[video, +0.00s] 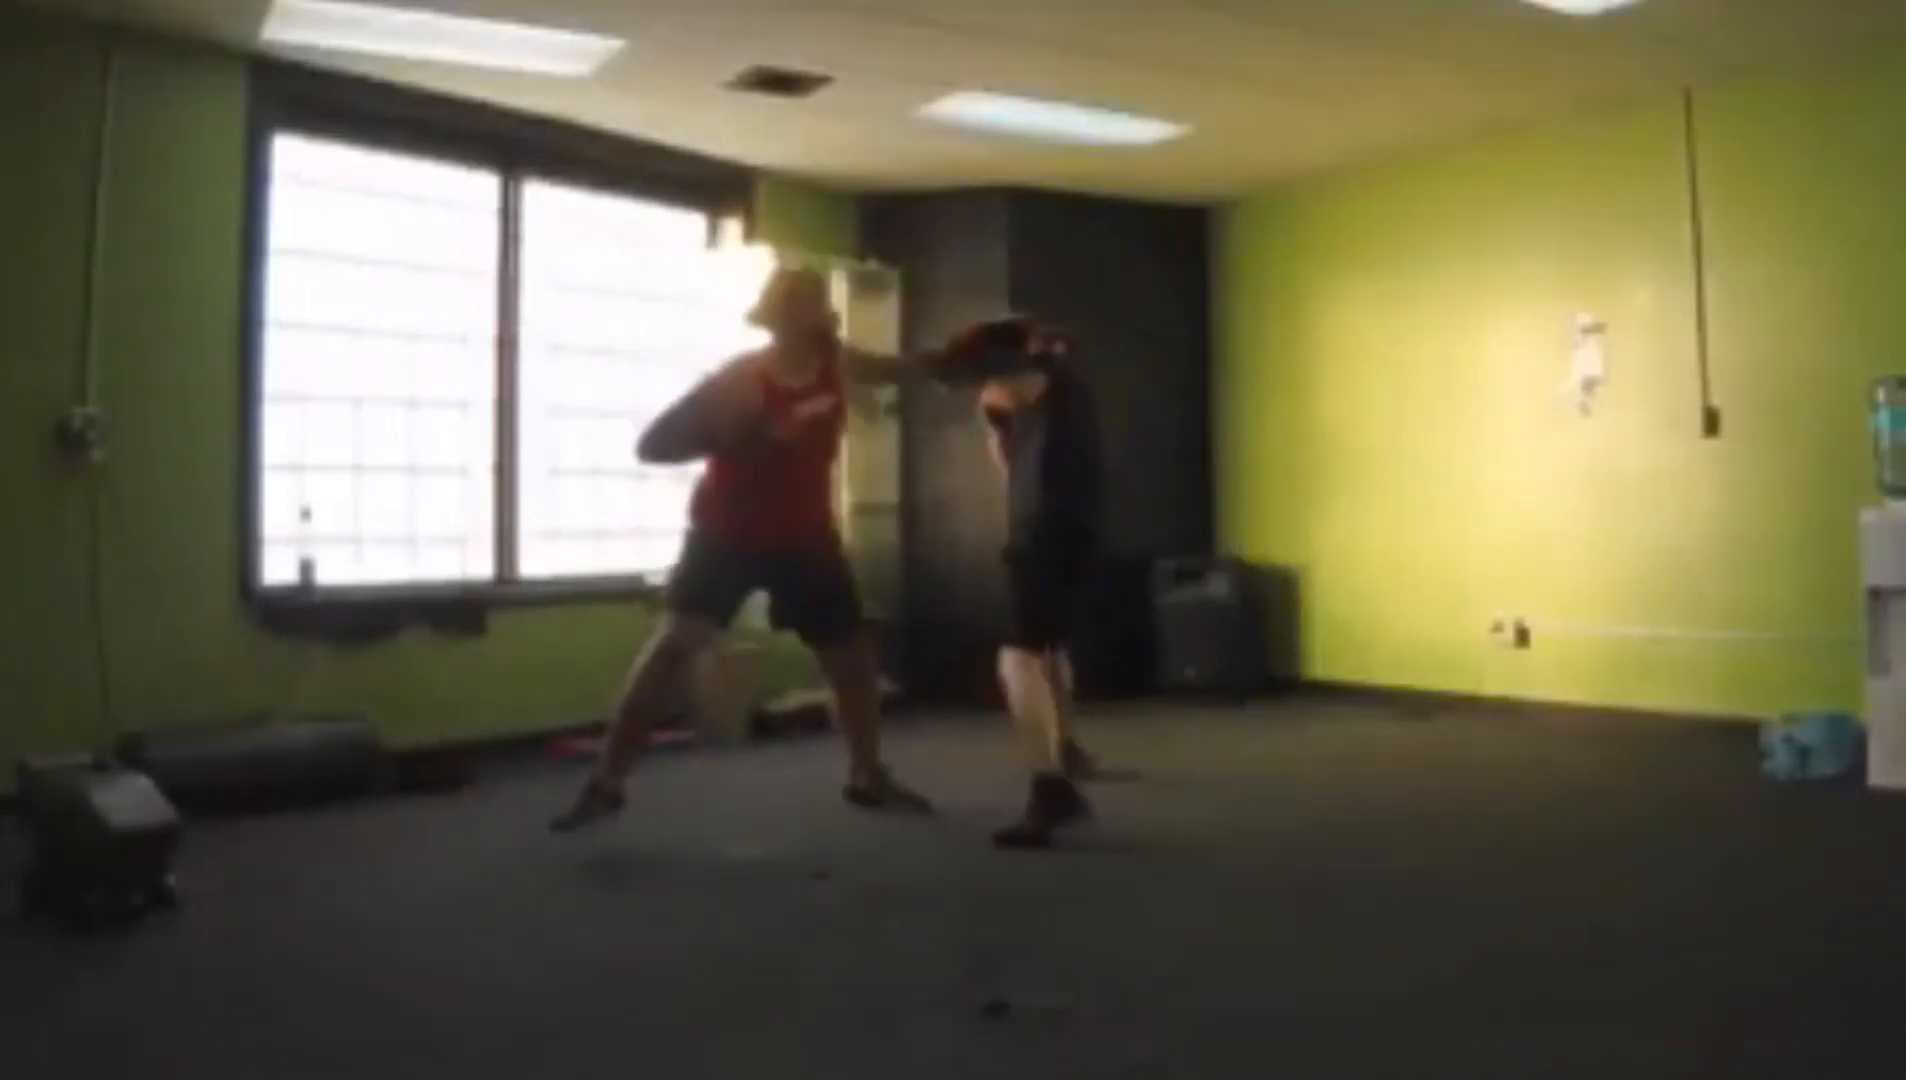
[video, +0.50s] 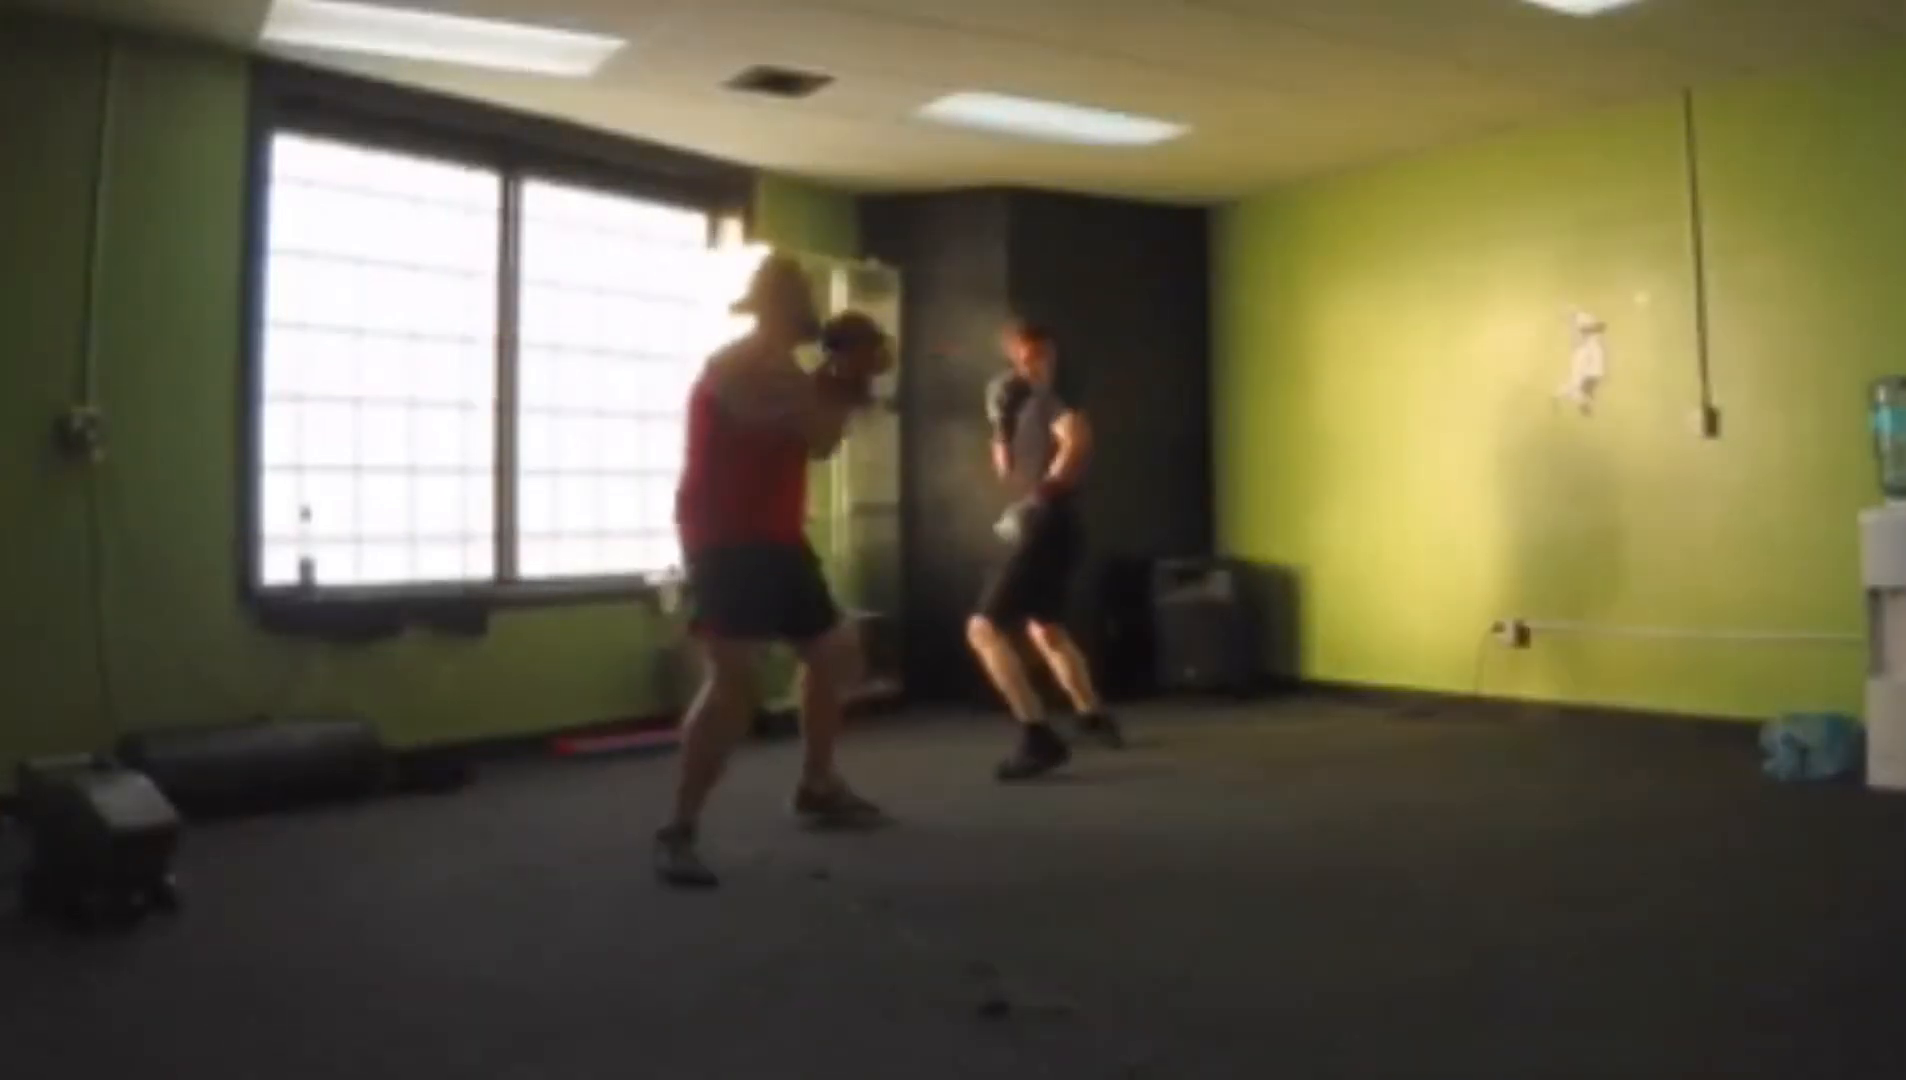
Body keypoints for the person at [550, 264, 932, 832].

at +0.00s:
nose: (816, 320)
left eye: (819, 307)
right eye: (803, 308)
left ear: (827, 314)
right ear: (777, 318)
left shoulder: (835, 366)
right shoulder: (742, 380)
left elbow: (895, 371)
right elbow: (654, 445)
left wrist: (948, 363)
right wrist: (732, 437)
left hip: (806, 540)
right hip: (726, 540)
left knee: (850, 654)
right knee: (673, 649)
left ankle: (867, 778)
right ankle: (607, 781)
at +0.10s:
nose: (824, 323)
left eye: (826, 311)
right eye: (809, 312)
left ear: (833, 324)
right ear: (782, 325)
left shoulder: (837, 390)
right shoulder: (753, 392)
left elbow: (876, 397)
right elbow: (669, 459)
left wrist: (924, 367)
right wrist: (746, 463)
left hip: (824, 551)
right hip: (747, 550)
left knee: (874, 665)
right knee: (691, 663)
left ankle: (870, 777)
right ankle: (624, 794)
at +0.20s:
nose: (820, 334)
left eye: (824, 322)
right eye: (807, 322)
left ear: (827, 331)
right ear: (780, 328)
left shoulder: (823, 397)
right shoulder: (744, 391)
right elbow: (692, 480)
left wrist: (869, 418)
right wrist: (765, 473)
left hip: (813, 553)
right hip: (739, 554)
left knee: (869, 668)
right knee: (706, 671)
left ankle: (869, 776)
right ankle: (649, 812)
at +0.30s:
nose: (816, 316)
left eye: (817, 303)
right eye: (805, 303)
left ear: (808, 311)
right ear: (777, 307)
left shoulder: (809, 384)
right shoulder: (731, 378)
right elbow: (734, 472)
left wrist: (861, 400)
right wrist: (812, 423)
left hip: (792, 542)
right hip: (723, 547)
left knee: (844, 645)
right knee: (705, 673)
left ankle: (860, 766)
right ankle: (647, 813)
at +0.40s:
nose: (803, 303)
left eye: (804, 291)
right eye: (795, 290)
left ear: (797, 297)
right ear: (774, 292)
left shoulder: (798, 362)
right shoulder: (734, 358)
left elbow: (803, 425)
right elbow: (771, 442)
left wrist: (849, 375)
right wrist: (826, 391)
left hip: (786, 536)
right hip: (726, 540)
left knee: (839, 639)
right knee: (721, 662)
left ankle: (823, 773)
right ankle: (647, 807)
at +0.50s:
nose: (808, 312)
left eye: (806, 300)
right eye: (798, 300)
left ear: (784, 307)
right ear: (774, 304)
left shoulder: (787, 373)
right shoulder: (735, 368)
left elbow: (821, 435)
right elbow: (813, 433)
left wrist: (847, 378)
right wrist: (846, 379)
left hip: (780, 542)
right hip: (726, 544)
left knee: (831, 651)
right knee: (732, 685)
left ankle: (820, 784)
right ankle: (681, 830)